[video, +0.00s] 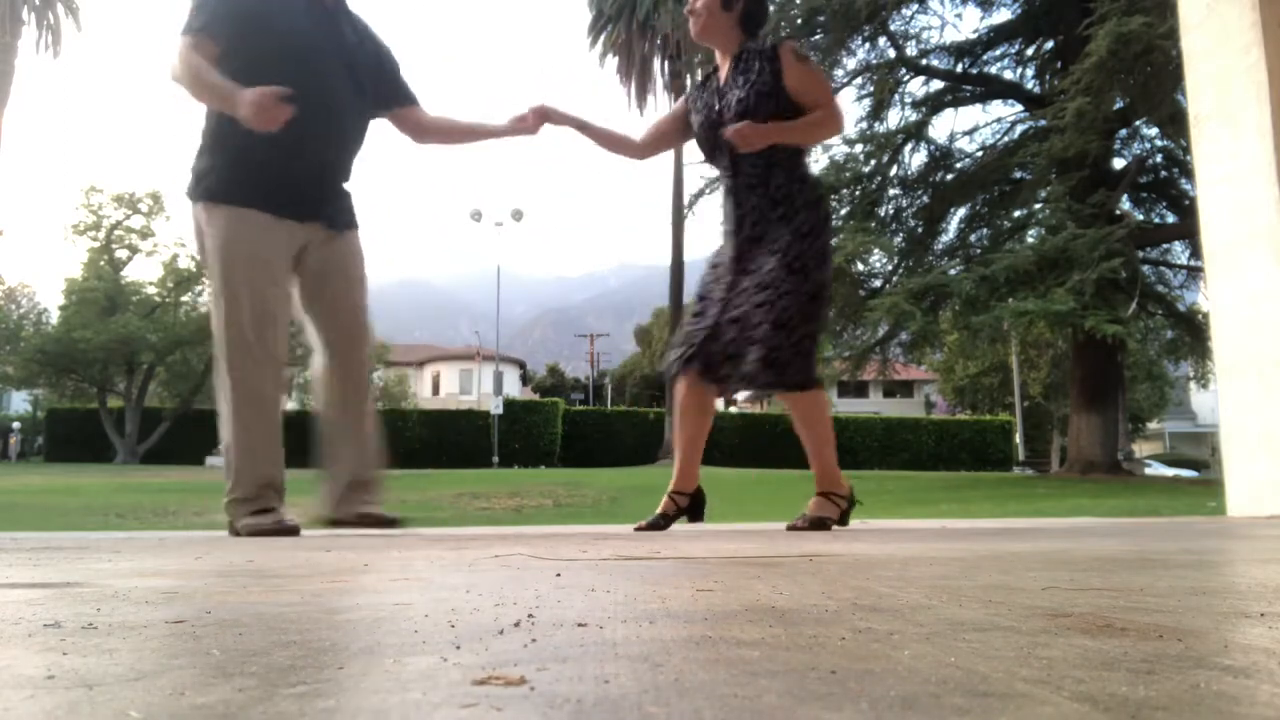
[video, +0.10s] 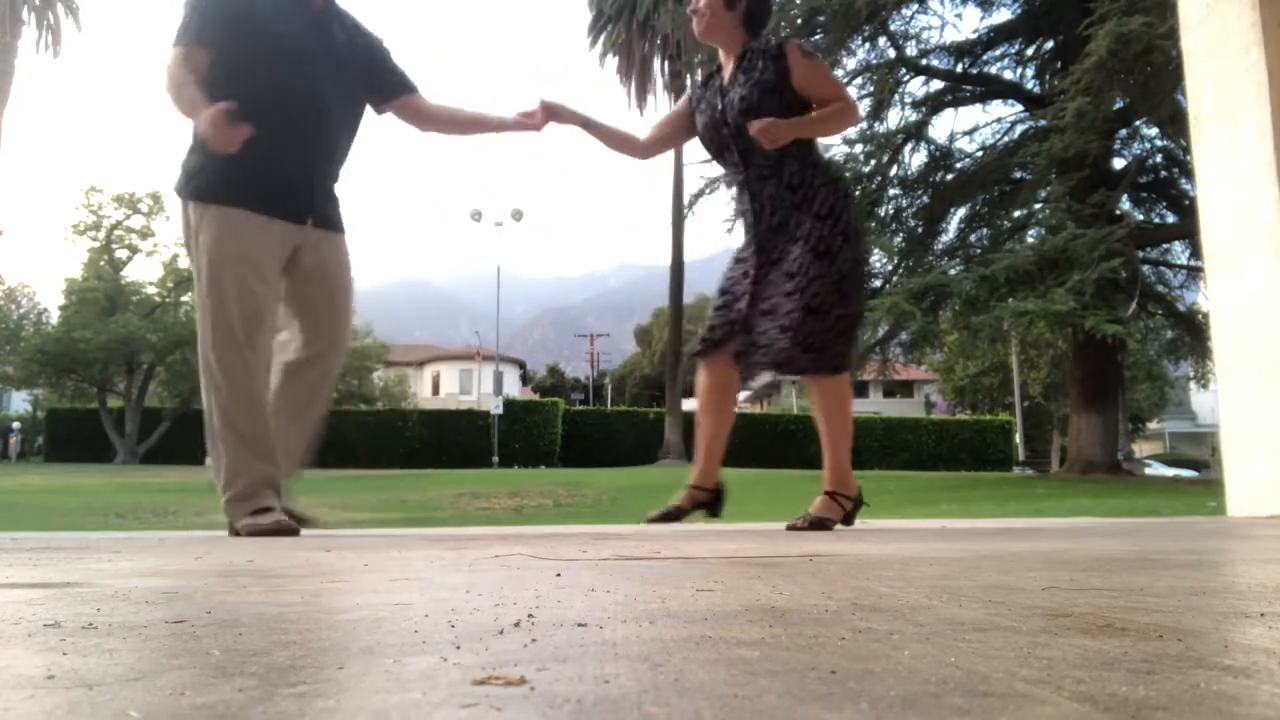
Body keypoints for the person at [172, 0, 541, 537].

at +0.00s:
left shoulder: (356, 35)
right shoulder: (237, 5)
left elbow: (418, 125)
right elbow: (189, 63)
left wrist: (505, 128)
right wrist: (236, 98)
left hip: (325, 209)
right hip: (242, 200)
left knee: (349, 351)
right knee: (253, 356)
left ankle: (352, 501)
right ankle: (254, 507)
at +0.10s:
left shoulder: (353, 38)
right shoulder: (229, 5)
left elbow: (424, 113)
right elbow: (181, 70)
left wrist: (513, 122)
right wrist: (202, 113)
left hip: (314, 208)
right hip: (233, 197)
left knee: (324, 340)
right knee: (239, 350)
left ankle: (266, 485)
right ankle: (250, 503)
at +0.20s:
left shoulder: (353, 47)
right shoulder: (229, 10)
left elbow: (429, 109)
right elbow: (180, 90)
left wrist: (516, 138)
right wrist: (181, 147)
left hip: (303, 221)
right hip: (224, 202)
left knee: (290, 352)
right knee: (233, 353)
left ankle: (184, 459)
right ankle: (251, 504)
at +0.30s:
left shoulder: (357, 58)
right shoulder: (234, 23)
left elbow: (433, 113)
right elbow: (182, 106)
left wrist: (522, 131)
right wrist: (170, 166)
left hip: (291, 241)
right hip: (219, 216)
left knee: (238, 367)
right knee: (230, 362)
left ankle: (154, 487)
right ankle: (251, 506)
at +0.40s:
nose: (333, 1)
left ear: (337, 2)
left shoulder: (359, 59)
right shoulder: (236, 27)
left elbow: (434, 106)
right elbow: (186, 106)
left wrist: (524, 115)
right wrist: (171, 167)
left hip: (291, 238)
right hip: (226, 214)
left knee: (222, 353)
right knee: (238, 356)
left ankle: (152, 489)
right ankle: (248, 502)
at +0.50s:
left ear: (342, 2)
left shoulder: (365, 61)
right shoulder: (249, 31)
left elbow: (436, 104)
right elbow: (194, 107)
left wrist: (521, 111)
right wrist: (184, 169)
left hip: (295, 228)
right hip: (245, 214)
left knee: (234, 353)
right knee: (284, 346)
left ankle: (159, 488)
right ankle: (260, 499)